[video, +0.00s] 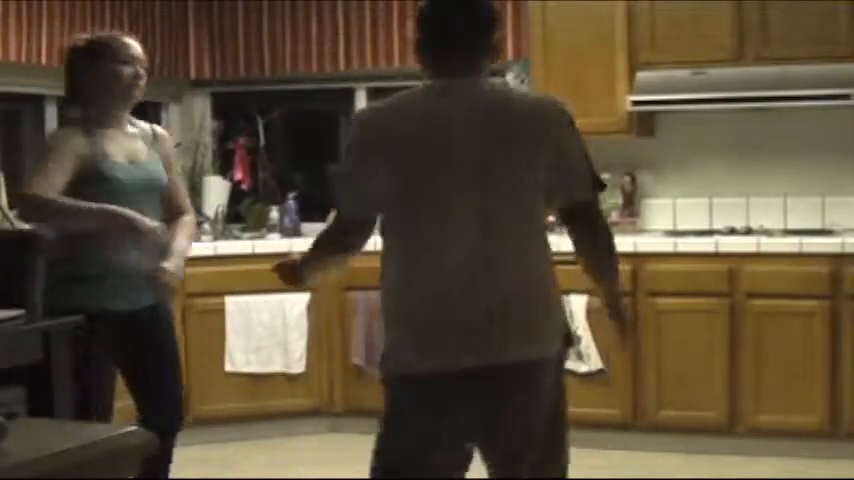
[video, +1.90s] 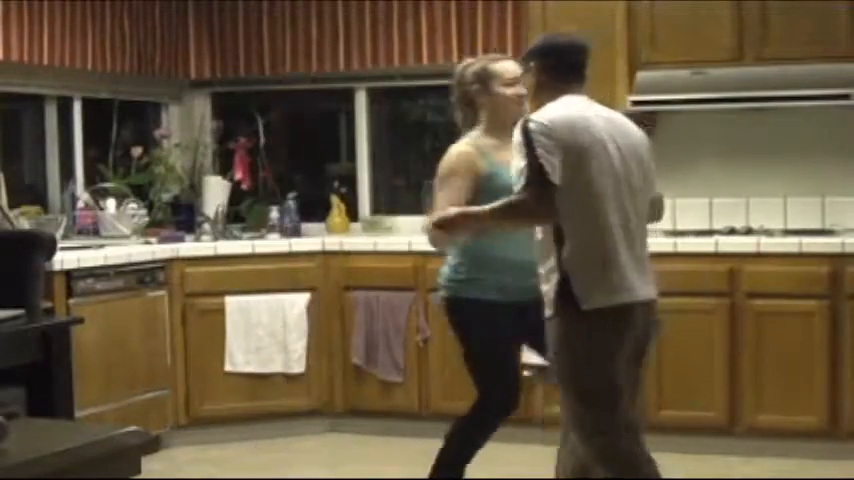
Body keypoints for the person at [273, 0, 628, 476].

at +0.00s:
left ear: (420, 47)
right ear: (494, 45)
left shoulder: (380, 125)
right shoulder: (542, 118)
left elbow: (350, 227)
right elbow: (585, 221)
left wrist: (305, 268)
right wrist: (612, 293)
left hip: (425, 364)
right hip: (525, 362)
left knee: (407, 473)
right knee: (533, 472)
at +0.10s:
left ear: (426, 46)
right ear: (498, 44)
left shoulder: (387, 123)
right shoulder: (547, 110)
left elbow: (356, 223)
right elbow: (583, 204)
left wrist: (294, 253)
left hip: (430, 351)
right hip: (527, 351)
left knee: (426, 472)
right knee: (524, 472)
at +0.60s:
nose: (525, 66)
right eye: (529, 57)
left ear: (474, 60)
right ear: (531, 59)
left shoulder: (436, 123)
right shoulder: (570, 119)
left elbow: (410, 214)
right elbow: (602, 208)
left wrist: (339, 237)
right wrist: (574, 232)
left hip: (454, 316)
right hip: (536, 315)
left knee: (442, 446)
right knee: (546, 435)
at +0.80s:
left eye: (512, 69)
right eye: (568, 69)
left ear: (514, 71)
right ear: (567, 70)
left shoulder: (484, 135)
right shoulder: (609, 127)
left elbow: (453, 217)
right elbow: (637, 205)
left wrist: (390, 188)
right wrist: (599, 209)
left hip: (501, 313)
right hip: (576, 314)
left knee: (452, 418)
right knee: (567, 434)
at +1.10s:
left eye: (563, 71)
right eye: (614, 67)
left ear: (562, 73)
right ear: (617, 70)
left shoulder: (535, 133)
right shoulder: (657, 129)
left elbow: (505, 201)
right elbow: (678, 206)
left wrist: (460, 186)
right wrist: (632, 173)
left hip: (553, 302)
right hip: (625, 301)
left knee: (529, 422)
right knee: (626, 416)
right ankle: (626, 478)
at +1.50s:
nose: (574, 84)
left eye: (576, 73)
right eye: (575, 74)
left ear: (590, 74)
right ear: (630, 76)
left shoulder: (586, 131)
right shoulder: (677, 129)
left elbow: (568, 219)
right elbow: (669, 211)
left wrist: (521, 200)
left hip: (621, 305)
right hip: (680, 302)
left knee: (554, 408)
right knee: (651, 433)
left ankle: (615, 473)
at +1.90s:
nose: (524, 86)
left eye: (526, 75)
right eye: (523, 76)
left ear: (541, 74)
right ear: (579, 75)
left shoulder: (542, 124)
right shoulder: (629, 129)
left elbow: (540, 205)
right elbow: (652, 208)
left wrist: (469, 218)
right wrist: (586, 212)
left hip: (589, 308)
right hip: (639, 302)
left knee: (604, 435)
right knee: (589, 433)